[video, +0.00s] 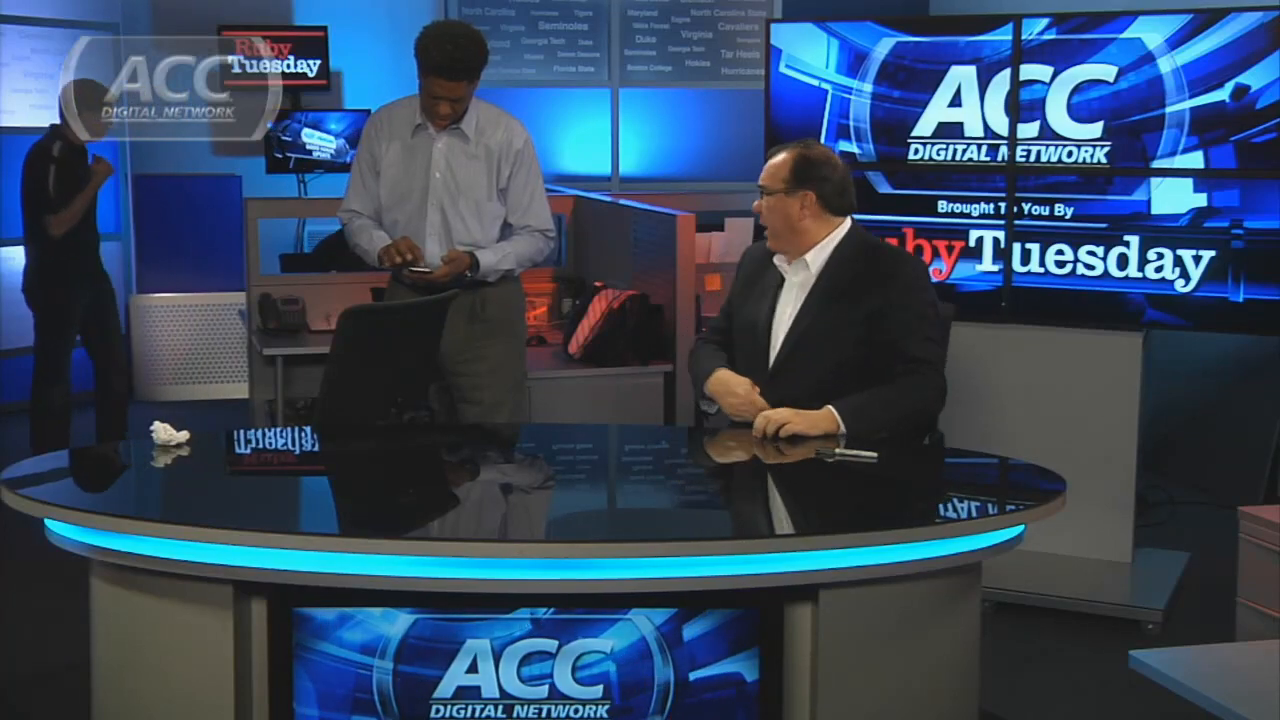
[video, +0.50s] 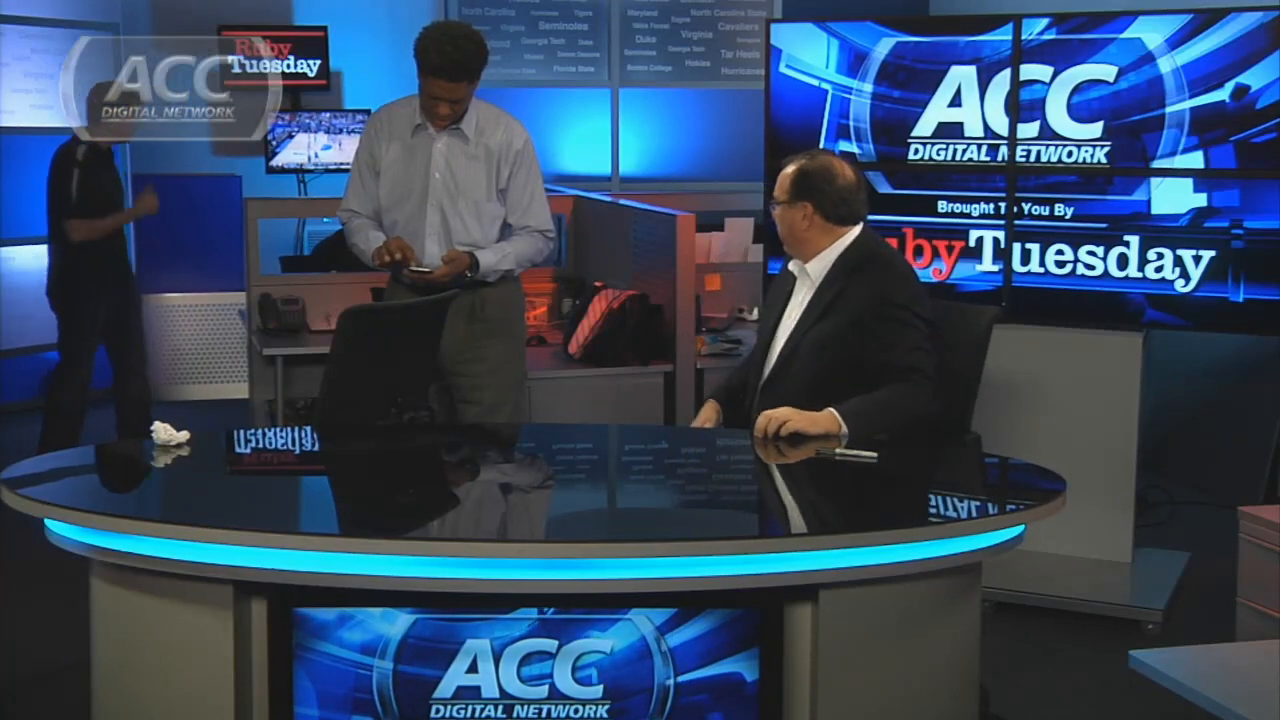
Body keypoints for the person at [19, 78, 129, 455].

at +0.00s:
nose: (104, 121)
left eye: (105, 112)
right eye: (97, 112)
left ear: (89, 113)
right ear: (76, 112)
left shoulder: (78, 154)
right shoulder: (44, 155)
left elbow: (77, 224)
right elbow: (53, 226)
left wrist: (90, 272)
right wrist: (95, 182)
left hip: (88, 277)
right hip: (54, 282)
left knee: (113, 365)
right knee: (53, 375)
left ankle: (111, 451)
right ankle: (50, 462)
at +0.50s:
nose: (134, 124)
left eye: (135, 115)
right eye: (128, 115)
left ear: (109, 117)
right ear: (107, 116)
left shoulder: (102, 157)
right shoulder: (72, 157)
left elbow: (98, 224)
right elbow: (74, 229)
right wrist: (134, 212)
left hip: (112, 282)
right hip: (79, 285)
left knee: (131, 370)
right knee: (75, 374)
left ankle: (135, 454)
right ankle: (53, 462)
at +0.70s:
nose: (154, 122)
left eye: (154, 114)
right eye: (148, 114)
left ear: (128, 115)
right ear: (126, 113)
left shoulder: (127, 156)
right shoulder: (96, 154)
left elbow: (127, 224)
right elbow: (88, 224)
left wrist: (142, 272)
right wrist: (140, 274)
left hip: (135, 283)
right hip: (102, 285)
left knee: (148, 375)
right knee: (102, 376)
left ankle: (141, 464)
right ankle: (61, 463)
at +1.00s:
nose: (176, 122)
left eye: (179, 114)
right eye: (170, 113)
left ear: (178, 117)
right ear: (150, 113)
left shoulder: (162, 159)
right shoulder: (113, 153)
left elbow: (160, 235)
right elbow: (83, 218)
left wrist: (175, 286)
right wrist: (82, 281)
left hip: (157, 281)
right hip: (119, 280)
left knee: (154, 371)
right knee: (136, 368)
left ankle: (141, 453)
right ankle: (110, 455)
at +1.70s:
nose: (181, 121)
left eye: (186, 112)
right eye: (172, 112)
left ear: (192, 115)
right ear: (154, 114)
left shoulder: (197, 157)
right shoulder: (124, 161)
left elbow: (207, 224)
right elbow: (104, 235)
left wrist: (218, 284)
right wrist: (122, 292)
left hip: (198, 290)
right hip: (149, 295)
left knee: (206, 383)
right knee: (159, 388)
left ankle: (199, 458)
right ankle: (165, 470)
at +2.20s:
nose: (232, 128)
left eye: (233, 119)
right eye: (224, 119)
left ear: (231, 121)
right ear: (199, 119)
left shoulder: (232, 164)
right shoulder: (161, 168)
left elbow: (244, 231)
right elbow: (145, 242)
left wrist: (251, 292)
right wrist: (178, 293)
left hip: (232, 300)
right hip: (181, 304)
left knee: (251, 394)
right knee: (181, 402)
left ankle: (259, 474)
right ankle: (181, 481)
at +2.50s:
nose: (290, 131)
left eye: (293, 123)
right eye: (283, 122)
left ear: (289, 125)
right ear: (259, 120)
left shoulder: (279, 165)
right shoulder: (217, 165)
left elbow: (276, 236)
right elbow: (191, 239)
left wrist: (285, 293)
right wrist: (225, 296)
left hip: (276, 304)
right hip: (231, 306)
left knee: (280, 396)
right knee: (230, 398)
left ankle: (276, 474)